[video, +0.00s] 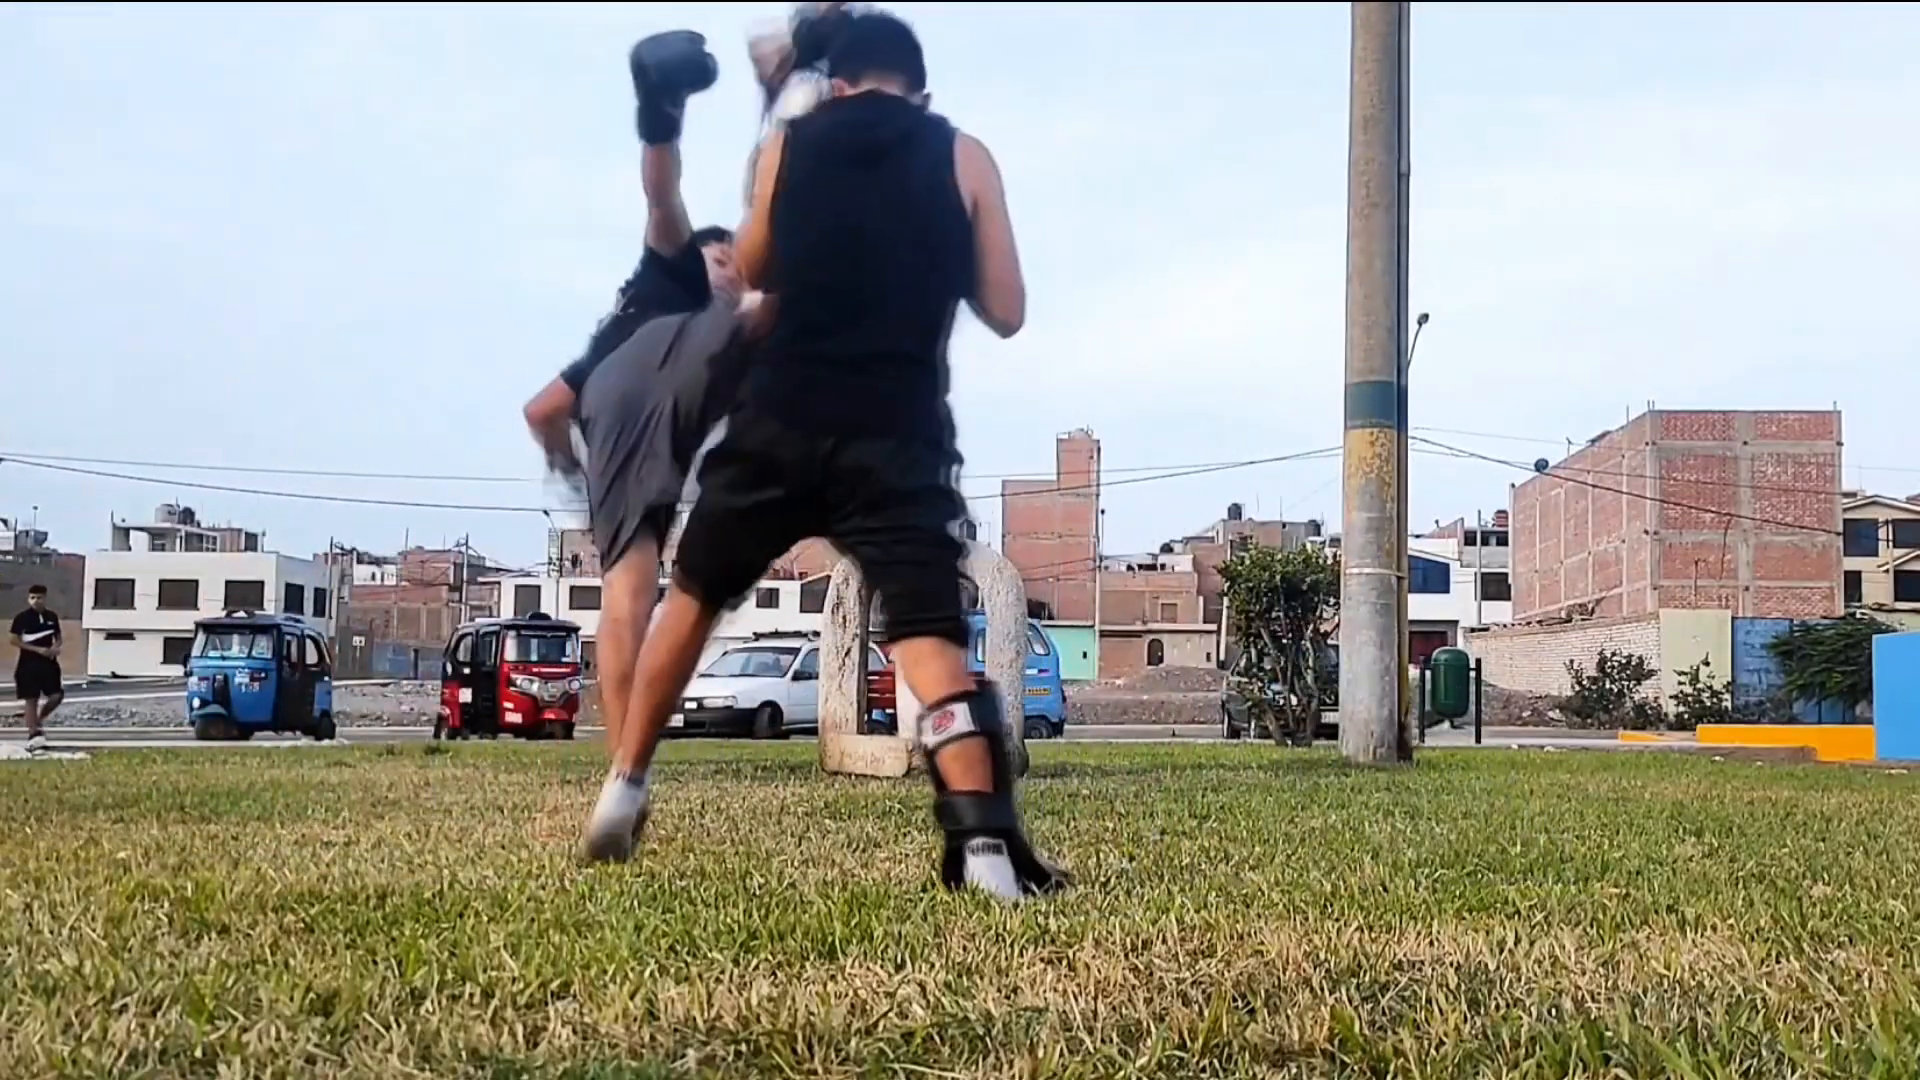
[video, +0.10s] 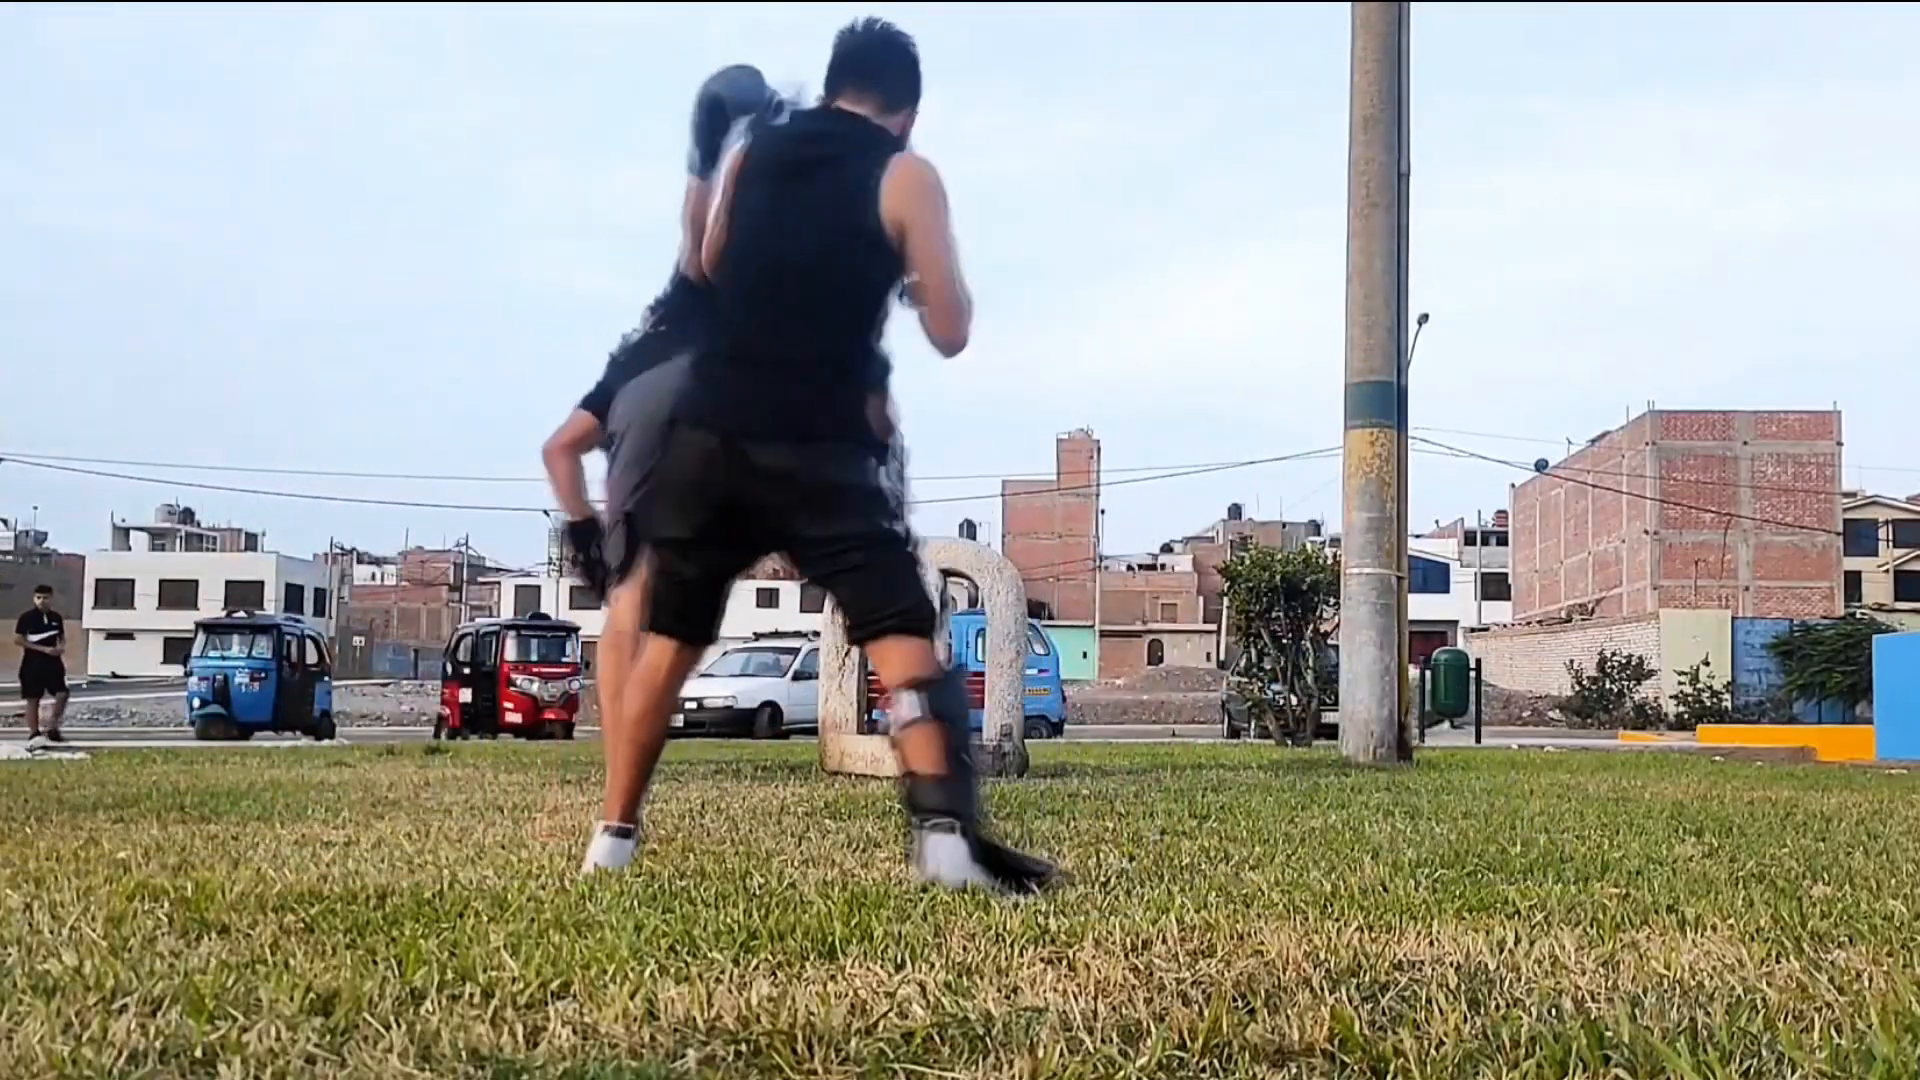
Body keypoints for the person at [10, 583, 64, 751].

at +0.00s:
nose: (35, 601)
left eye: (39, 598)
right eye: (32, 598)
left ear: (45, 599)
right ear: (28, 599)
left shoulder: (51, 617)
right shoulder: (22, 617)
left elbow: (58, 637)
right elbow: (14, 639)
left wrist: (55, 648)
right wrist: (39, 649)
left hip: (47, 662)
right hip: (29, 663)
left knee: (56, 696)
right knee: (31, 699)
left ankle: (38, 720)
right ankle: (33, 734)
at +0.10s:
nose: (42, 601)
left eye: (45, 598)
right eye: (38, 598)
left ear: (51, 599)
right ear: (34, 599)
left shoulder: (56, 617)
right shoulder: (26, 617)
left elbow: (61, 637)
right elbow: (19, 639)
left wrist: (60, 647)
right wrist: (45, 649)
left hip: (52, 663)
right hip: (33, 664)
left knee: (62, 694)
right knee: (33, 699)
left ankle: (53, 727)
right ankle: (34, 732)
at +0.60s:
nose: (72, 599)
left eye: (76, 596)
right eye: (70, 595)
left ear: (82, 598)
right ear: (64, 597)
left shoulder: (87, 618)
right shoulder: (56, 615)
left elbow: (92, 639)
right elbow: (44, 635)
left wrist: (83, 647)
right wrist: (67, 648)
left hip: (79, 662)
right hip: (60, 663)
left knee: (77, 698)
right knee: (60, 697)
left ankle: (74, 731)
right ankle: (48, 721)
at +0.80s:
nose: (73, 600)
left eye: (77, 596)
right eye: (71, 596)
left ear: (86, 597)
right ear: (68, 598)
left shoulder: (96, 616)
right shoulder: (64, 614)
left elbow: (104, 638)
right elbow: (52, 635)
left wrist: (93, 646)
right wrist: (72, 649)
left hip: (86, 658)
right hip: (69, 657)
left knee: (82, 696)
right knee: (73, 695)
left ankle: (76, 730)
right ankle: (70, 730)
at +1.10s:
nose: (75, 601)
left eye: (78, 597)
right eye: (74, 598)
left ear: (90, 597)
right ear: (74, 599)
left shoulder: (105, 615)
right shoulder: (71, 616)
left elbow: (116, 636)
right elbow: (63, 638)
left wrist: (104, 645)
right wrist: (81, 650)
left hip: (99, 658)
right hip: (80, 658)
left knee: (93, 695)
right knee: (86, 695)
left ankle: (79, 725)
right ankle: (89, 730)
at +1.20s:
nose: (77, 600)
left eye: (79, 596)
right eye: (75, 597)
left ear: (91, 594)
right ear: (76, 598)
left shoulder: (108, 614)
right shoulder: (74, 616)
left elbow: (120, 633)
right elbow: (66, 637)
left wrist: (109, 642)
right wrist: (86, 647)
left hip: (103, 660)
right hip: (84, 661)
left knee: (106, 696)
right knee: (87, 697)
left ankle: (86, 721)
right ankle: (90, 730)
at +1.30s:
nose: (80, 600)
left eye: (82, 596)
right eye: (78, 597)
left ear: (93, 594)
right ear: (79, 598)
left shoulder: (111, 613)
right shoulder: (77, 614)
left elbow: (122, 634)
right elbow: (69, 636)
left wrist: (111, 642)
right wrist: (90, 647)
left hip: (105, 658)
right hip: (85, 659)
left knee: (113, 695)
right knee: (88, 697)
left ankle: (97, 722)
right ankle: (91, 732)